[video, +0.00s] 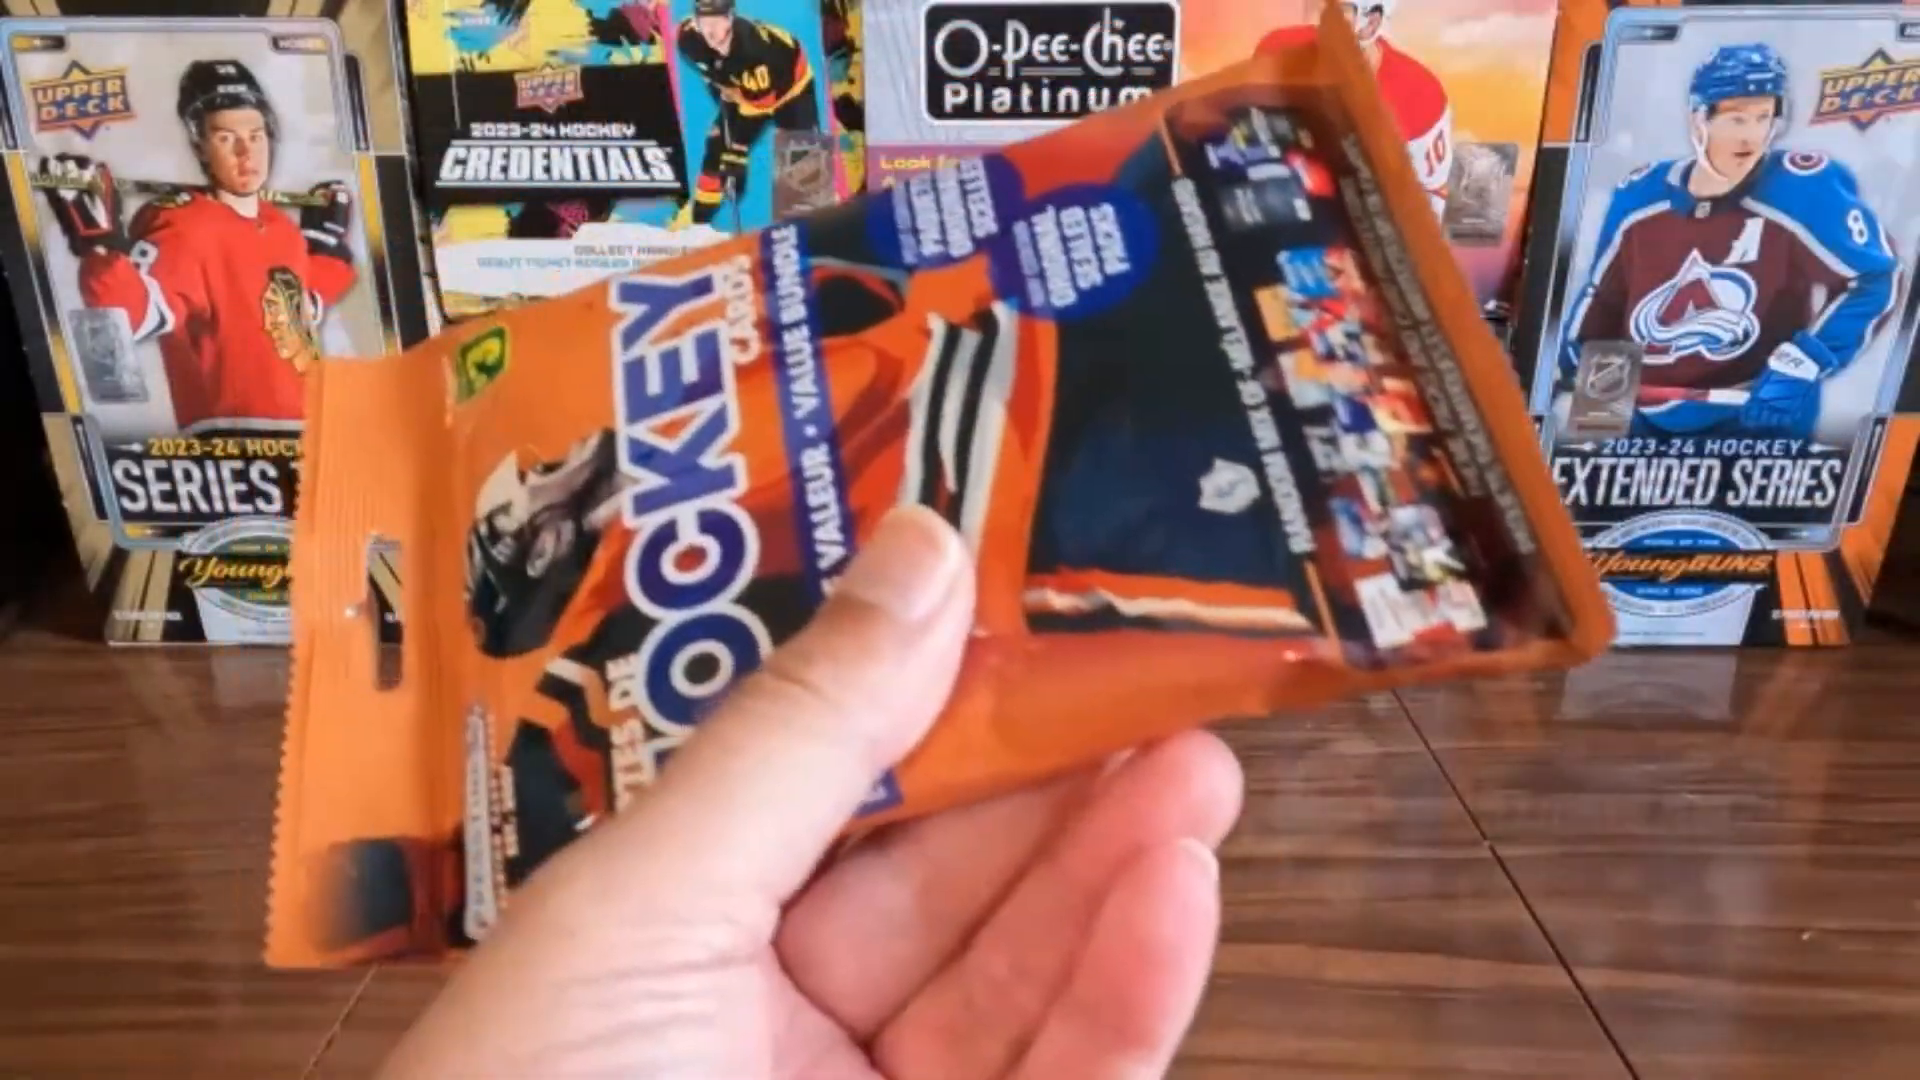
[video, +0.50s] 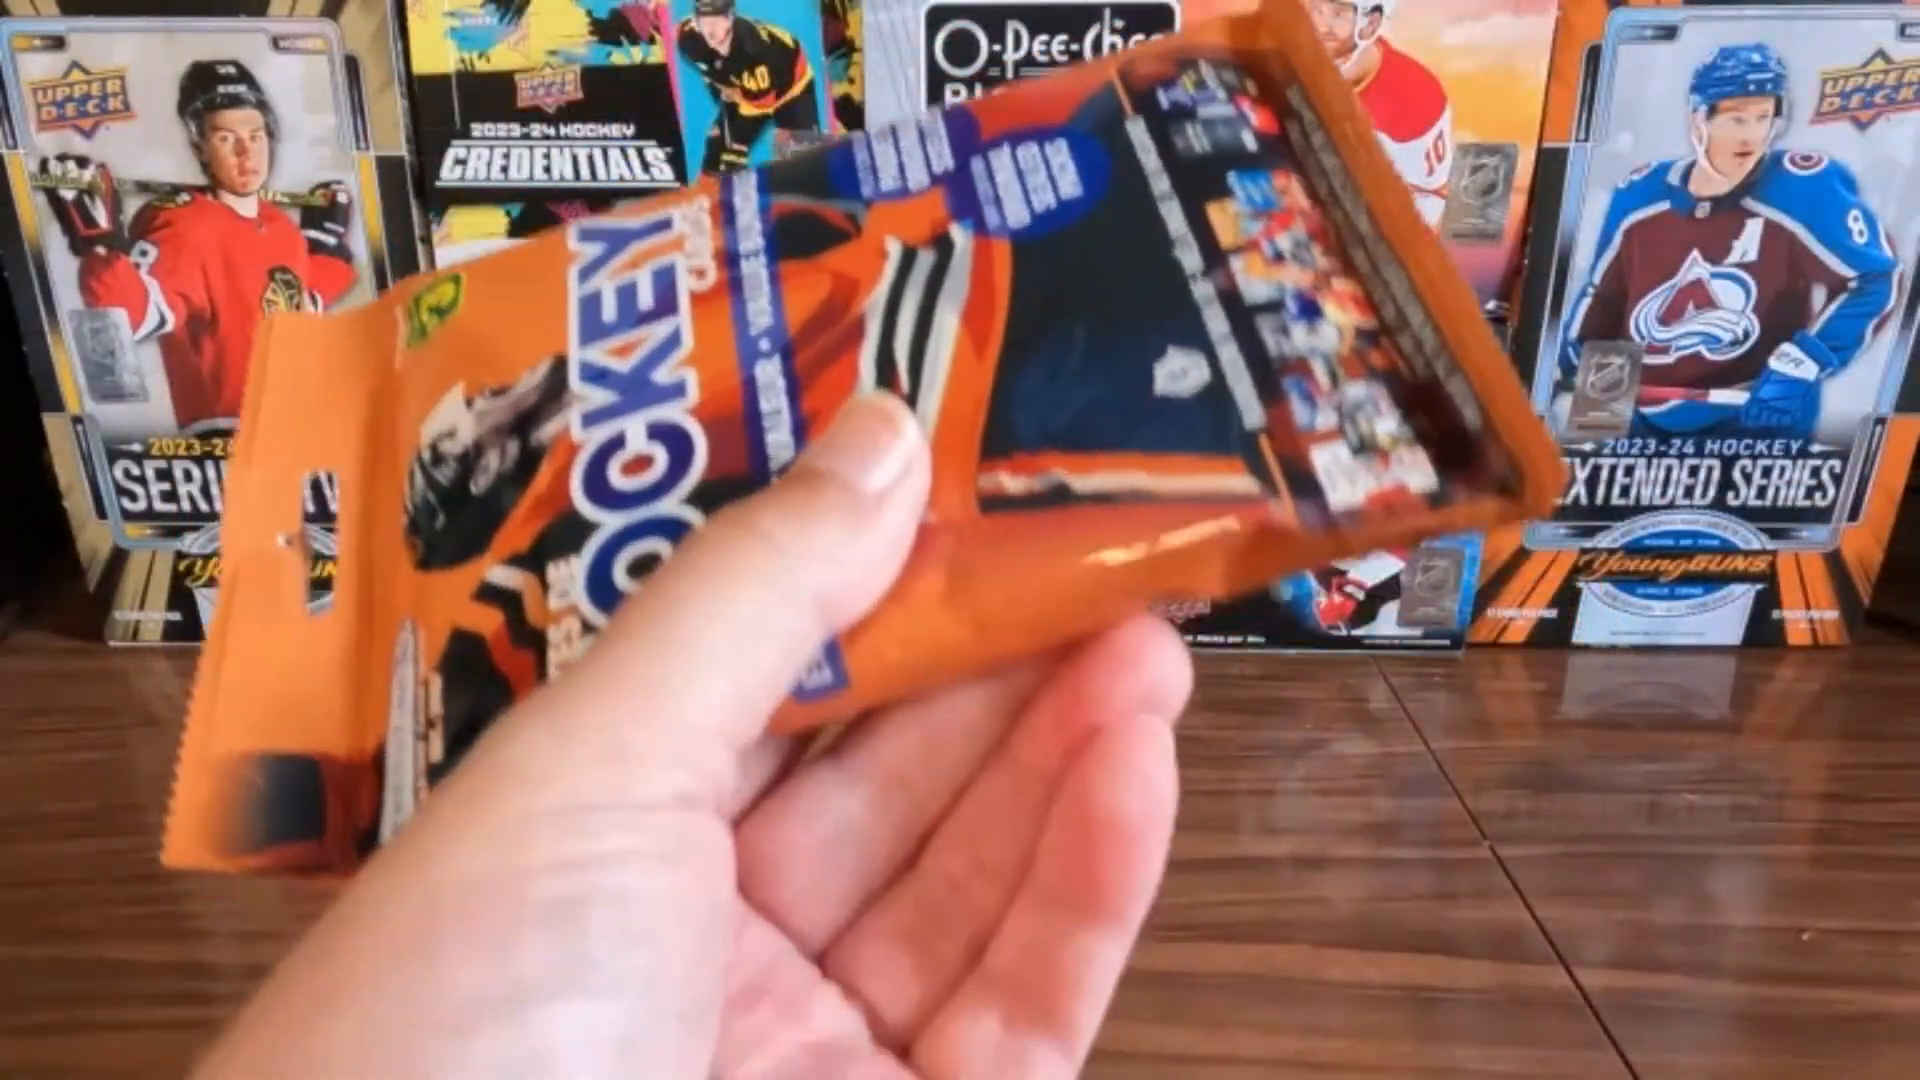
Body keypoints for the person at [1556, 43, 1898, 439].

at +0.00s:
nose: (1749, 135)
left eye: (1762, 119)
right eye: (1735, 119)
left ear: (1775, 123)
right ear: (1698, 124)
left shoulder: (1804, 193)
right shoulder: (1639, 198)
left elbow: (1878, 280)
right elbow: (1598, 296)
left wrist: (1803, 364)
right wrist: (1579, 371)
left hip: (1745, 427)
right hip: (1638, 422)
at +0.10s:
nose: (1749, 135)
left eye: (1762, 119)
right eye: (1735, 119)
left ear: (1775, 123)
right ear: (1698, 123)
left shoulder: (1803, 193)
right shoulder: (1639, 197)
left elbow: (1879, 279)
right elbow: (1599, 296)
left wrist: (1803, 364)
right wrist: (1578, 370)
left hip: (1744, 428)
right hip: (1636, 422)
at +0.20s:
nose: (1749, 135)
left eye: (1762, 118)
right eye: (1735, 119)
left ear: (1775, 123)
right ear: (1698, 124)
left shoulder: (1804, 192)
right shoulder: (1639, 197)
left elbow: (1879, 280)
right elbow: (1599, 295)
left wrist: (1803, 364)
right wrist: (1579, 369)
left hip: (1745, 427)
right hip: (1637, 422)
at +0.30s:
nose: (1749, 135)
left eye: (1762, 118)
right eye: (1735, 119)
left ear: (1775, 122)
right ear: (1698, 123)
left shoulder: (1804, 192)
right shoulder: (1639, 197)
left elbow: (1879, 280)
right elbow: (1599, 295)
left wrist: (1802, 364)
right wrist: (1579, 368)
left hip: (1745, 427)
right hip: (1637, 421)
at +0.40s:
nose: (1750, 135)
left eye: (1762, 118)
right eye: (1735, 119)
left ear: (1775, 122)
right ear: (1698, 123)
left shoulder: (1804, 192)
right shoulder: (1639, 197)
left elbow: (1879, 280)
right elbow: (1599, 295)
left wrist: (1802, 365)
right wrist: (1580, 368)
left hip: (1745, 427)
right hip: (1637, 422)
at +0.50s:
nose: (1750, 135)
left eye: (1762, 119)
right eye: (1735, 119)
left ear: (1775, 123)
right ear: (1698, 124)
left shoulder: (1804, 192)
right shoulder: (1639, 197)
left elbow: (1878, 280)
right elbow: (1599, 295)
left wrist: (1802, 364)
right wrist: (1580, 370)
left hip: (1745, 427)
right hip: (1637, 421)